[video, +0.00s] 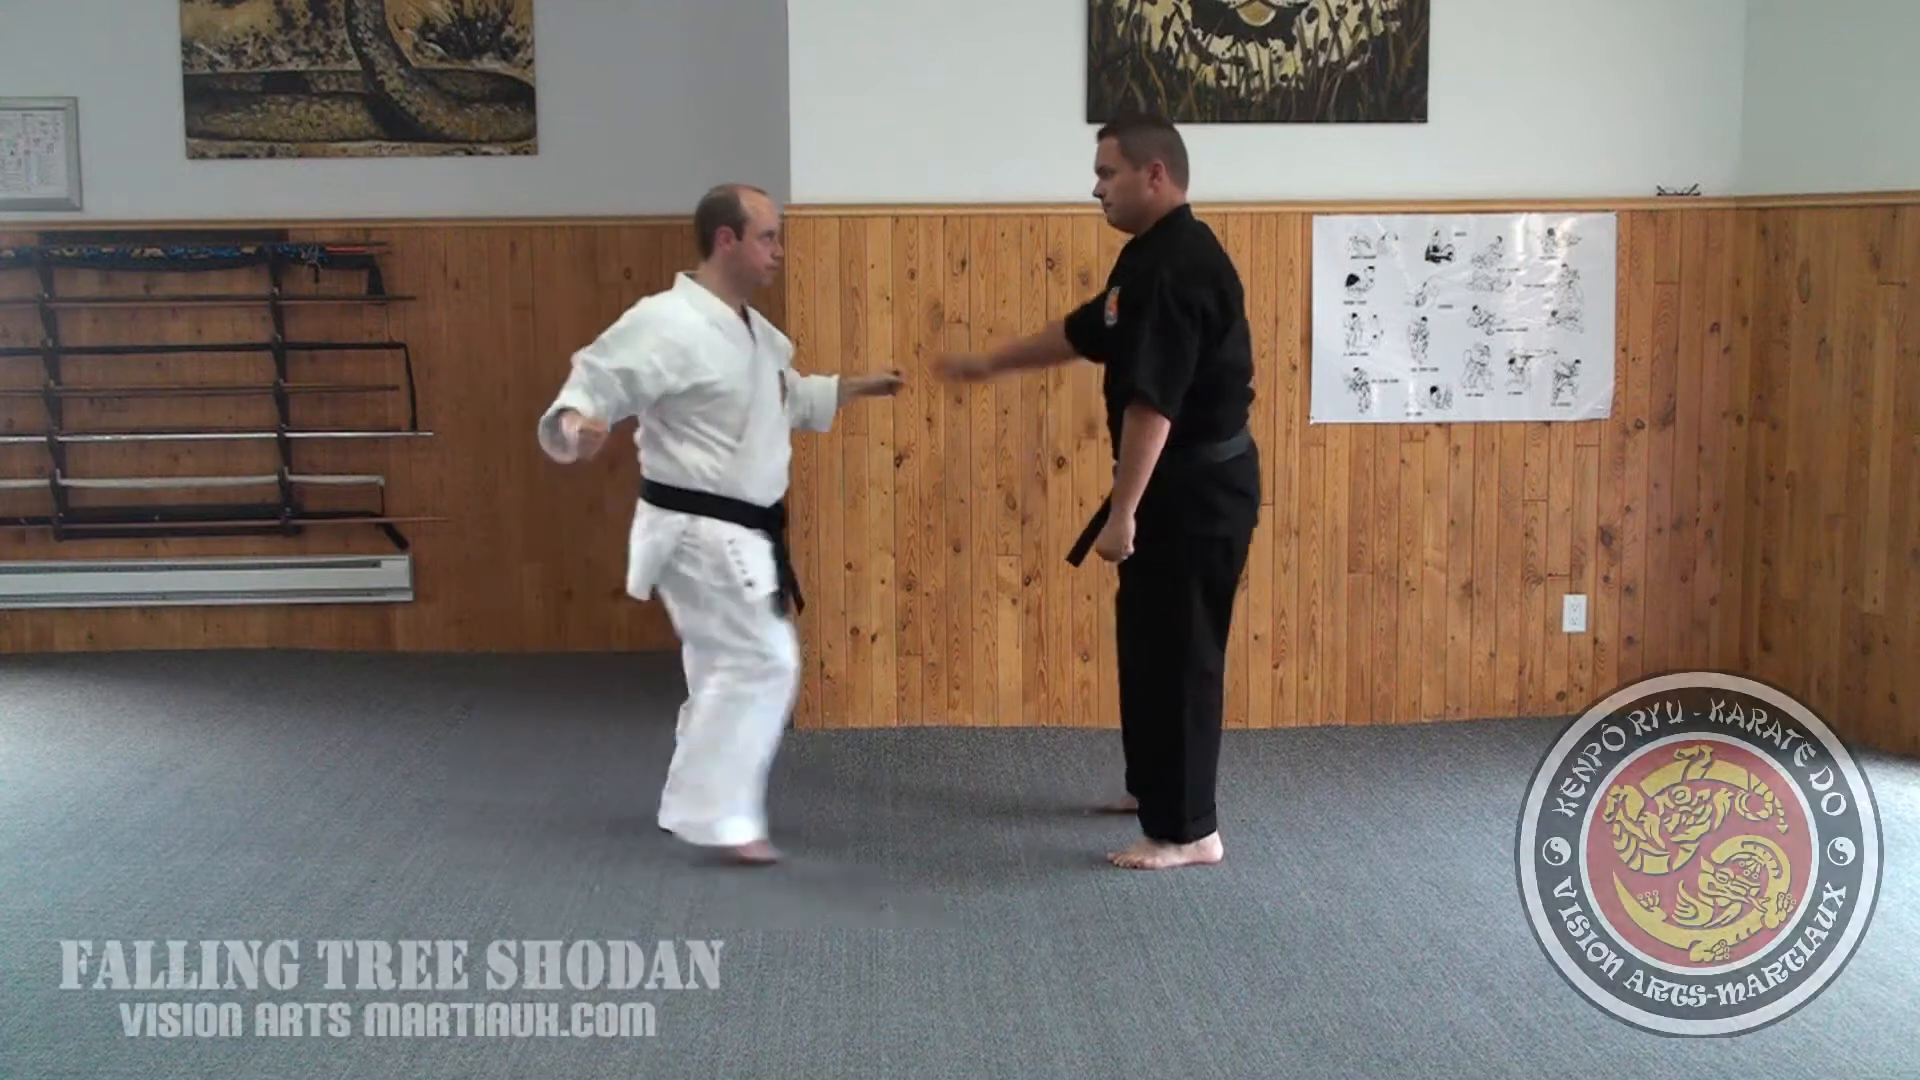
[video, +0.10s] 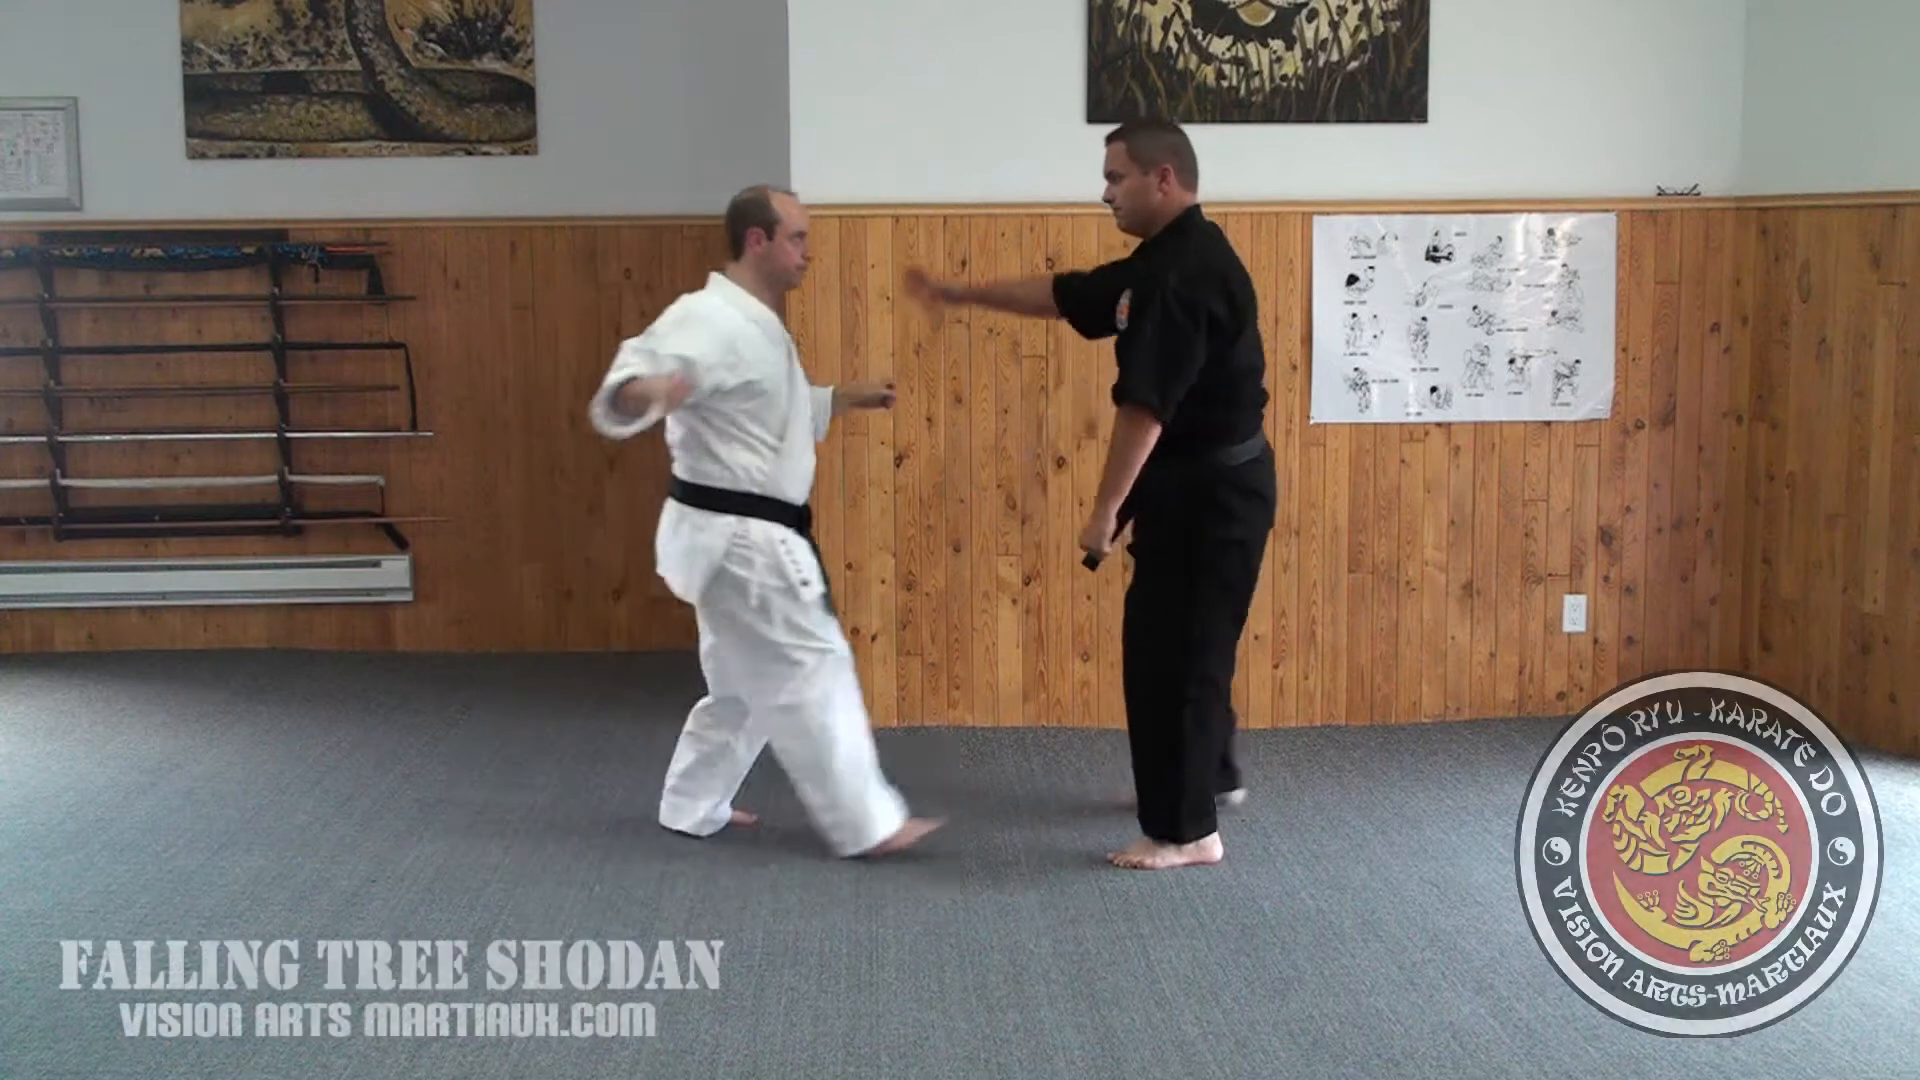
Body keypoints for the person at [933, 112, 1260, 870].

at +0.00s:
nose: (1097, 188)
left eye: (1107, 172)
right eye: (1097, 173)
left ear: (1156, 175)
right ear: (1153, 178)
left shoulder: (1176, 265)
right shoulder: (1153, 253)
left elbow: (1153, 404)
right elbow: (1083, 333)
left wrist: (1123, 509)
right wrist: (987, 362)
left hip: (1195, 484)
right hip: (1171, 480)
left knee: (1179, 656)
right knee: (1150, 643)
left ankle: (1189, 831)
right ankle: (1157, 786)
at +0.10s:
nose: (1106, 192)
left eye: (1115, 178)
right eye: (1106, 177)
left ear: (1163, 178)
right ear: (1164, 179)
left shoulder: (1184, 269)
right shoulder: (1170, 255)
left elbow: (1145, 406)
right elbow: (1071, 293)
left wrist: (1108, 507)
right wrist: (963, 293)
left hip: (1204, 488)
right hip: (1202, 480)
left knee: (1170, 653)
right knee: (1189, 638)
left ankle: (1186, 832)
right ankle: (1211, 774)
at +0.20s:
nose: (1121, 197)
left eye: (1130, 182)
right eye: (1121, 182)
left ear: (1178, 182)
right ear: (1177, 184)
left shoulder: (1207, 269)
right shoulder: (1178, 253)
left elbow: (1137, 394)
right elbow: (1067, 269)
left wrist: (1077, 474)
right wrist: (956, 233)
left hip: (1224, 492)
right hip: (1210, 485)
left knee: (1173, 649)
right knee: (1217, 631)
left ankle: (1186, 832)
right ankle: (1273, 763)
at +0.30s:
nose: (1140, 204)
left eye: (1149, 189)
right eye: (1139, 191)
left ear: (1200, 188)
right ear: (1198, 191)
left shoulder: (1225, 267)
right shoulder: (1190, 256)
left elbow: (1134, 356)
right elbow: (1079, 257)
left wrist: (1056, 396)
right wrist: (987, 208)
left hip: (1242, 495)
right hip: (1220, 489)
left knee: (1183, 645)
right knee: (1245, 628)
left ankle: (1190, 829)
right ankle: (1321, 760)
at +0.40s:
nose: (1159, 208)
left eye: (1169, 194)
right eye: (1159, 195)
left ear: (1217, 193)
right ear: (1218, 194)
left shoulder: (1233, 270)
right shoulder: (1223, 249)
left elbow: (1118, 322)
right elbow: (1110, 270)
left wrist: (1029, 299)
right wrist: (1058, 232)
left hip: (1255, 496)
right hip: (1260, 487)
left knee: (1202, 647)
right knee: (1277, 630)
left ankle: (1195, 828)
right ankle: (1337, 773)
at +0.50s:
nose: (1174, 207)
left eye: (1184, 194)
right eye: (1173, 194)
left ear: (1232, 193)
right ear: (1234, 194)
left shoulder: (1242, 269)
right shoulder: (1252, 250)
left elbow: (1134, 298)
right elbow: (1168, 280)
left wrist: (1046, 268)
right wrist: (1140, 254)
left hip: (1273, 493)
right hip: (1277, 484)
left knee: (1220, 645)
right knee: (1294, 633)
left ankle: (1202, 823)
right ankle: (1339, 779)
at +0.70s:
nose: (1195, 202)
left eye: (1205, 187)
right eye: (1195, 188)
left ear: (1252, 185)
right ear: (1258, 187)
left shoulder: (1254, 268)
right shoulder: (1301, 254)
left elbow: (1137, 285)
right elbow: (1286, 380)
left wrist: (1032, 273)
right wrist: (1241, 460)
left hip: (1276, 488)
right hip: (1312, 476)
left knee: (1237, 641)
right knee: (1310, 625)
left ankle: (1283, 801)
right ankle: (1344, 775)